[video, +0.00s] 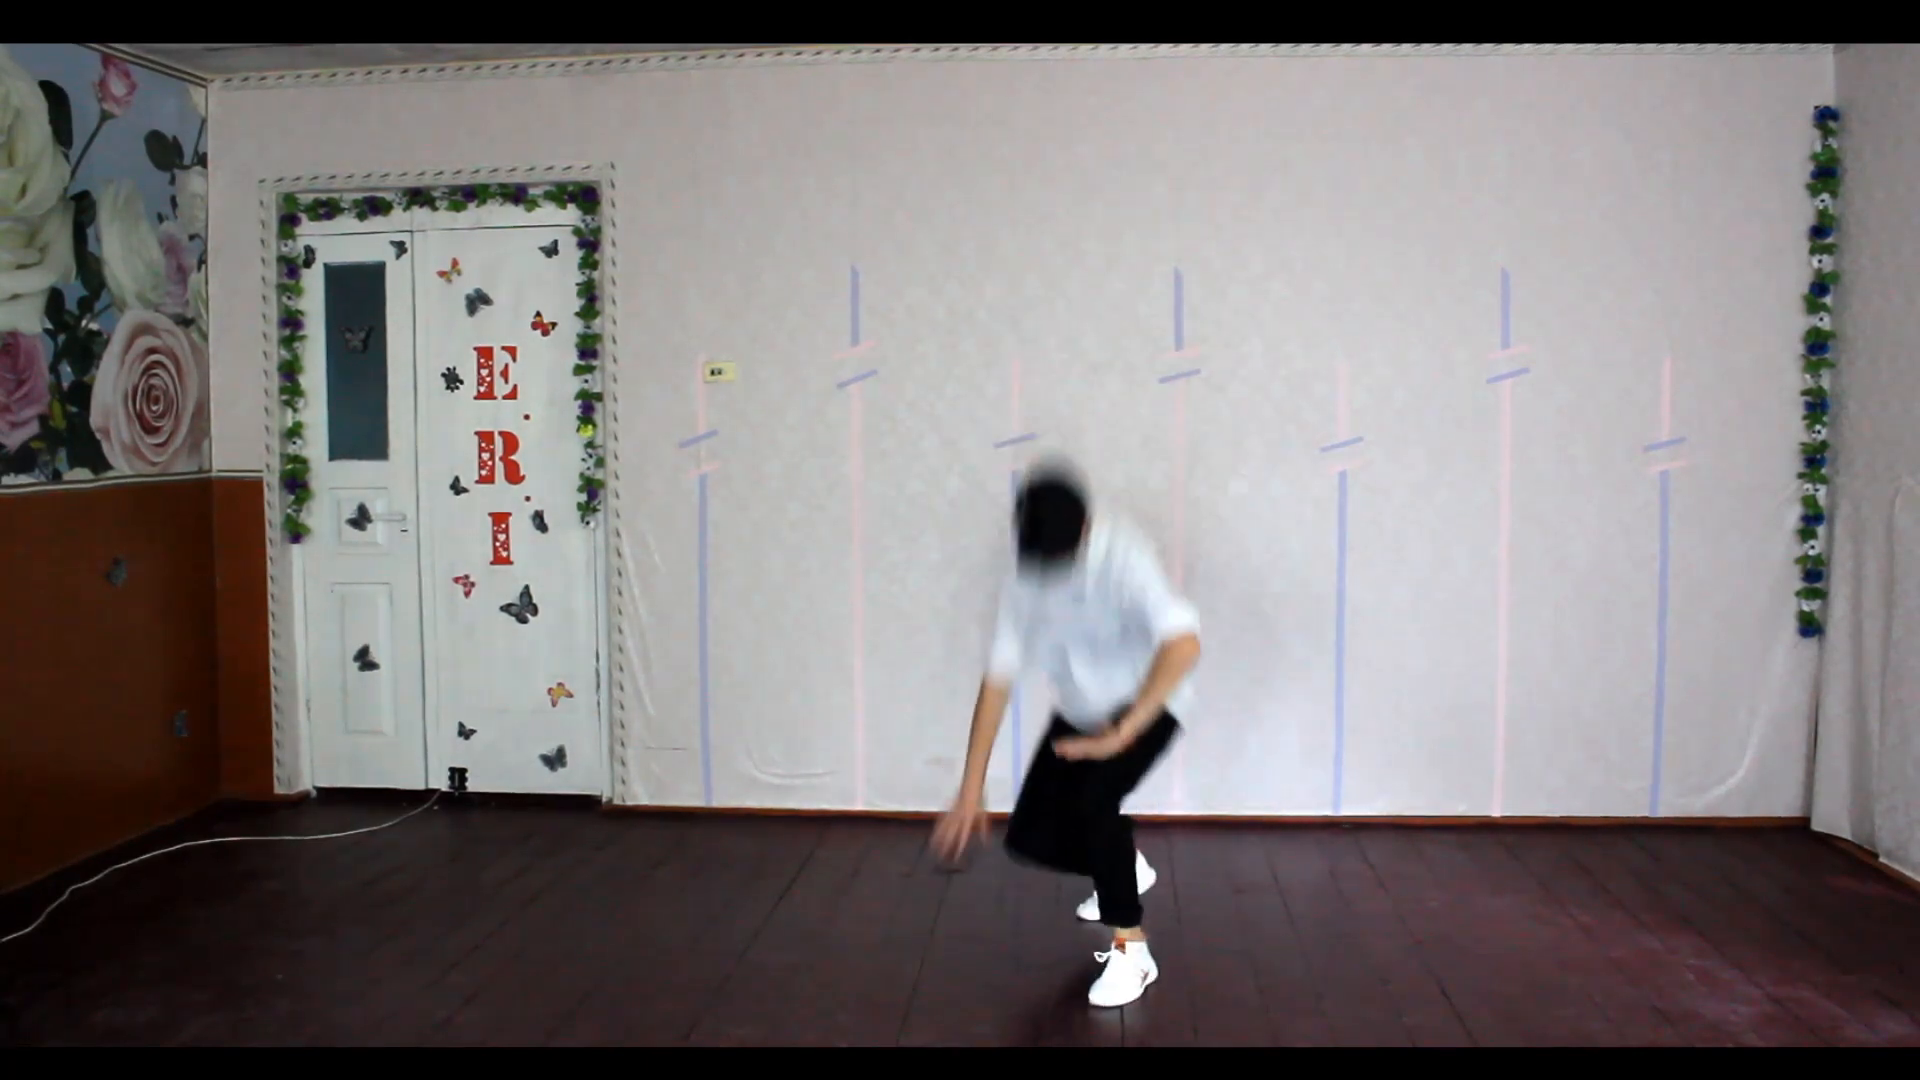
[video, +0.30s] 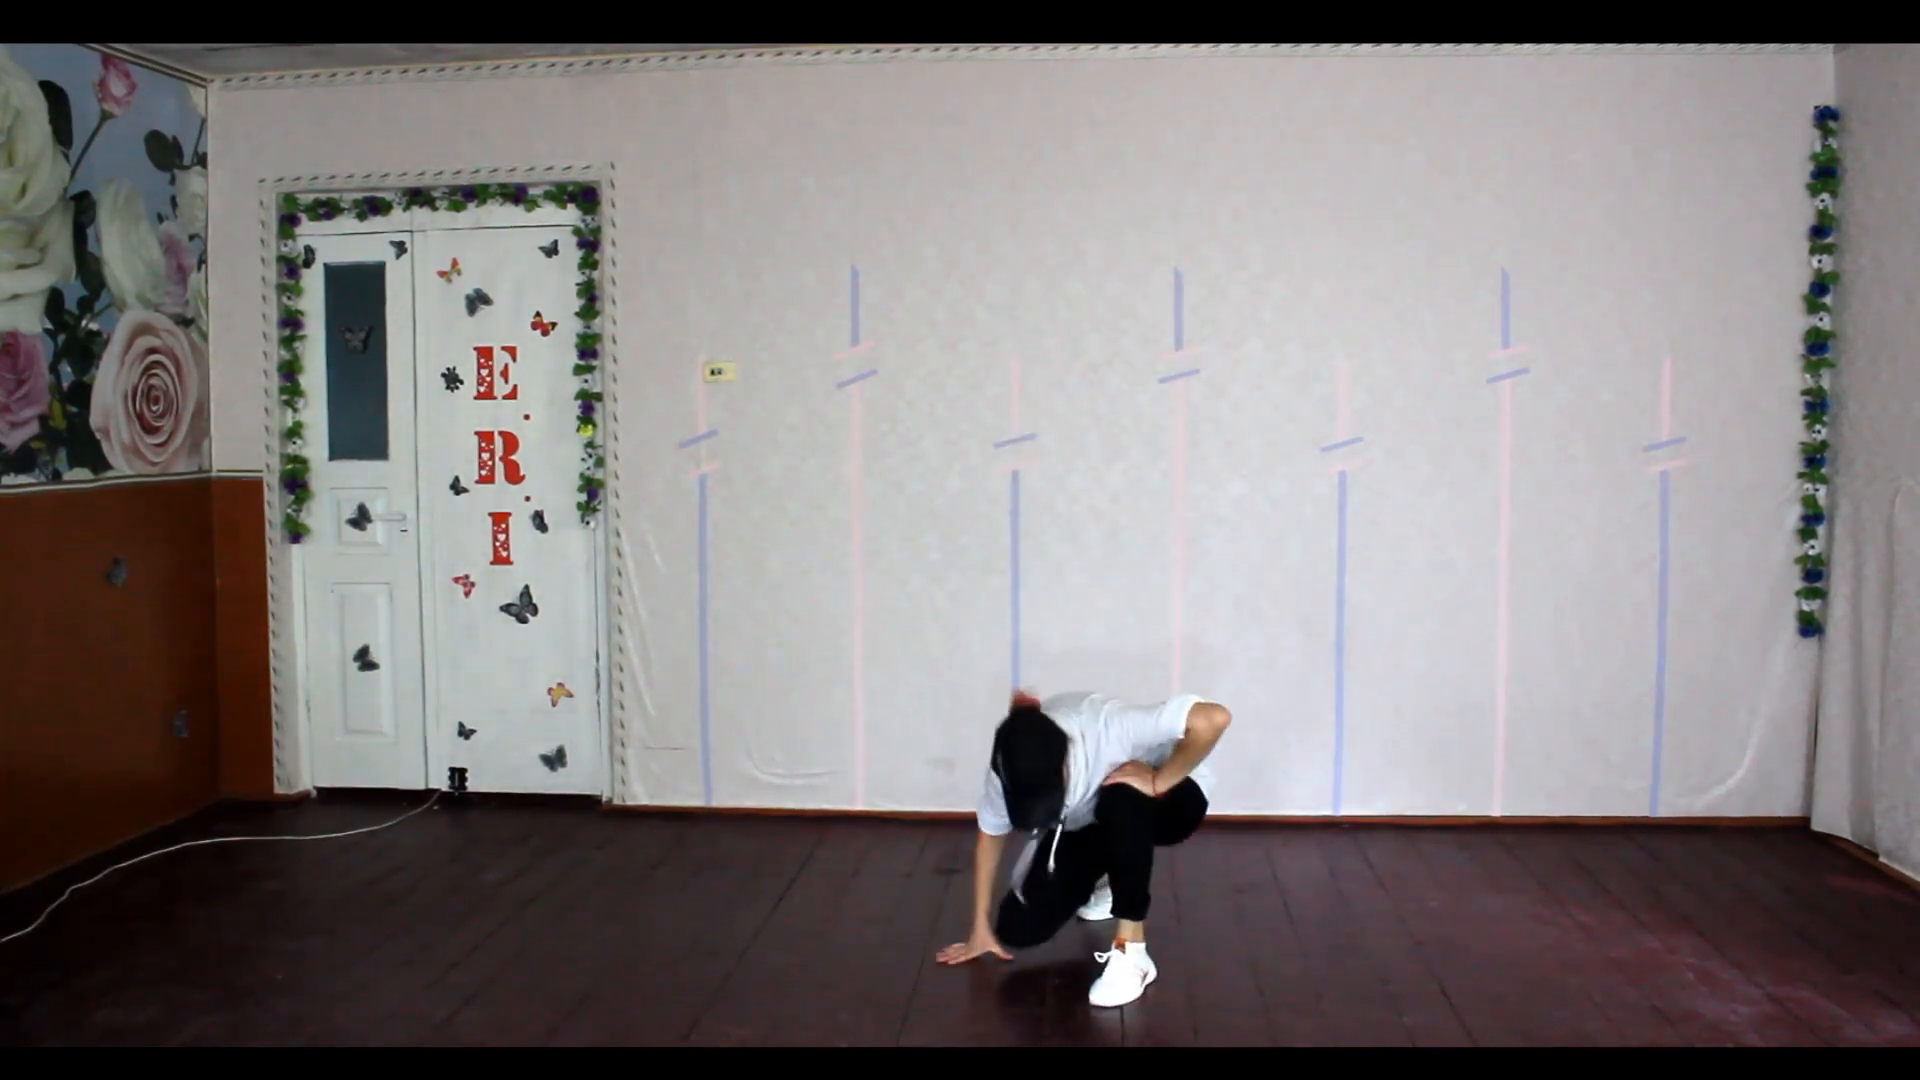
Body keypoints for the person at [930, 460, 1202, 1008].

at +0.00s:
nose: (1051, 567)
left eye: (1059, 557)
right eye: (1040, 558)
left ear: (1083, 532)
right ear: (1024, 538)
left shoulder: (1121, 552)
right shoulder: (1025, 574)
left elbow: (1183, 640)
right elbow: (996, 684)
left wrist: (1121, 734)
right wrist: (969, 794)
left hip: (1141, 715)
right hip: (1076, 716)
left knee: (1094, 804)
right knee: (1030, 836)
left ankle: (1130, 951)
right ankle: (1124, 866)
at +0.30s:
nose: (1036, 824)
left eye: (1053, 793)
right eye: (1029, 816)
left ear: (1065, 759)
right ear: (1005, 773)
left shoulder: (1111, 727)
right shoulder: (1002, 773)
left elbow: (1212, 719)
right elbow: (990, 839)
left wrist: (1162, 780)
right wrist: (981, 926)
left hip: (1164, 807)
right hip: (1079, 827)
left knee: (1119, 797)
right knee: (1016, 929)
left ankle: (1130, 948)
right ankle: (1102, 866)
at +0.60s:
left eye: (1060, 784)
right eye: (1036, 791)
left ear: (1073, 746)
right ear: (1009, 757)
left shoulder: (1115, 716)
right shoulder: (1000, 768)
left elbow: (1221, 712)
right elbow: (985, 833)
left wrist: (1169, 777)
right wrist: (980, 929)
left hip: (1154, 806)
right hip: (1076, 823)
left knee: (1125, 793)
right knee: (1012, 927)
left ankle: (1133, 950)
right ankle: (1099, 872)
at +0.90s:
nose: (1047, 693)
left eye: (1050, 681)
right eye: (1034, 690)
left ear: (1060, 648)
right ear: (1011, 670)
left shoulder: (1105, 624)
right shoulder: (1019, 692)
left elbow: (1200, 683)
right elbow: (995, 797)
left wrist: (1149, 759)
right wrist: (971, 891)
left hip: (1162, 717)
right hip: (1090, 743)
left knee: (1118, 795)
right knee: (1052, 862)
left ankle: (1132, 946)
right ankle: (1125, 868)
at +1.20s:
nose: (1069, 373)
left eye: (1077, 359)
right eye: (1059, 360)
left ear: (1094, 346)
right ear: (1047, 351)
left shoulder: (1143, 385)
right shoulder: (1026, 410)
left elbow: (1160, 476)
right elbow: (1000, 498)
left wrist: (1068, 545)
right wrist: (1034, 556)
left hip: (1139, 604)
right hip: (1063, 609)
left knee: (1132, 747)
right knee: (1059, 731)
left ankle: (1143, 915)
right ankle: (1095, 840)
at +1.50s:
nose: (1091, 396)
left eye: (1101, 383)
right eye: (1078, 386)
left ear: (1117, 369)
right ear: (1056, 374)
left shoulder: (1152, 425)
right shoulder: (1024, 431)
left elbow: (1167, 529)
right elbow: (1004, 523)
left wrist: (1068, 539)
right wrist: (1073, 542)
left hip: (1125, 639)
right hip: (1043, 636)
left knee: (1116, 779)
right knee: (1050, 782)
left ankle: (1116, 917)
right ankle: (1064, 923)